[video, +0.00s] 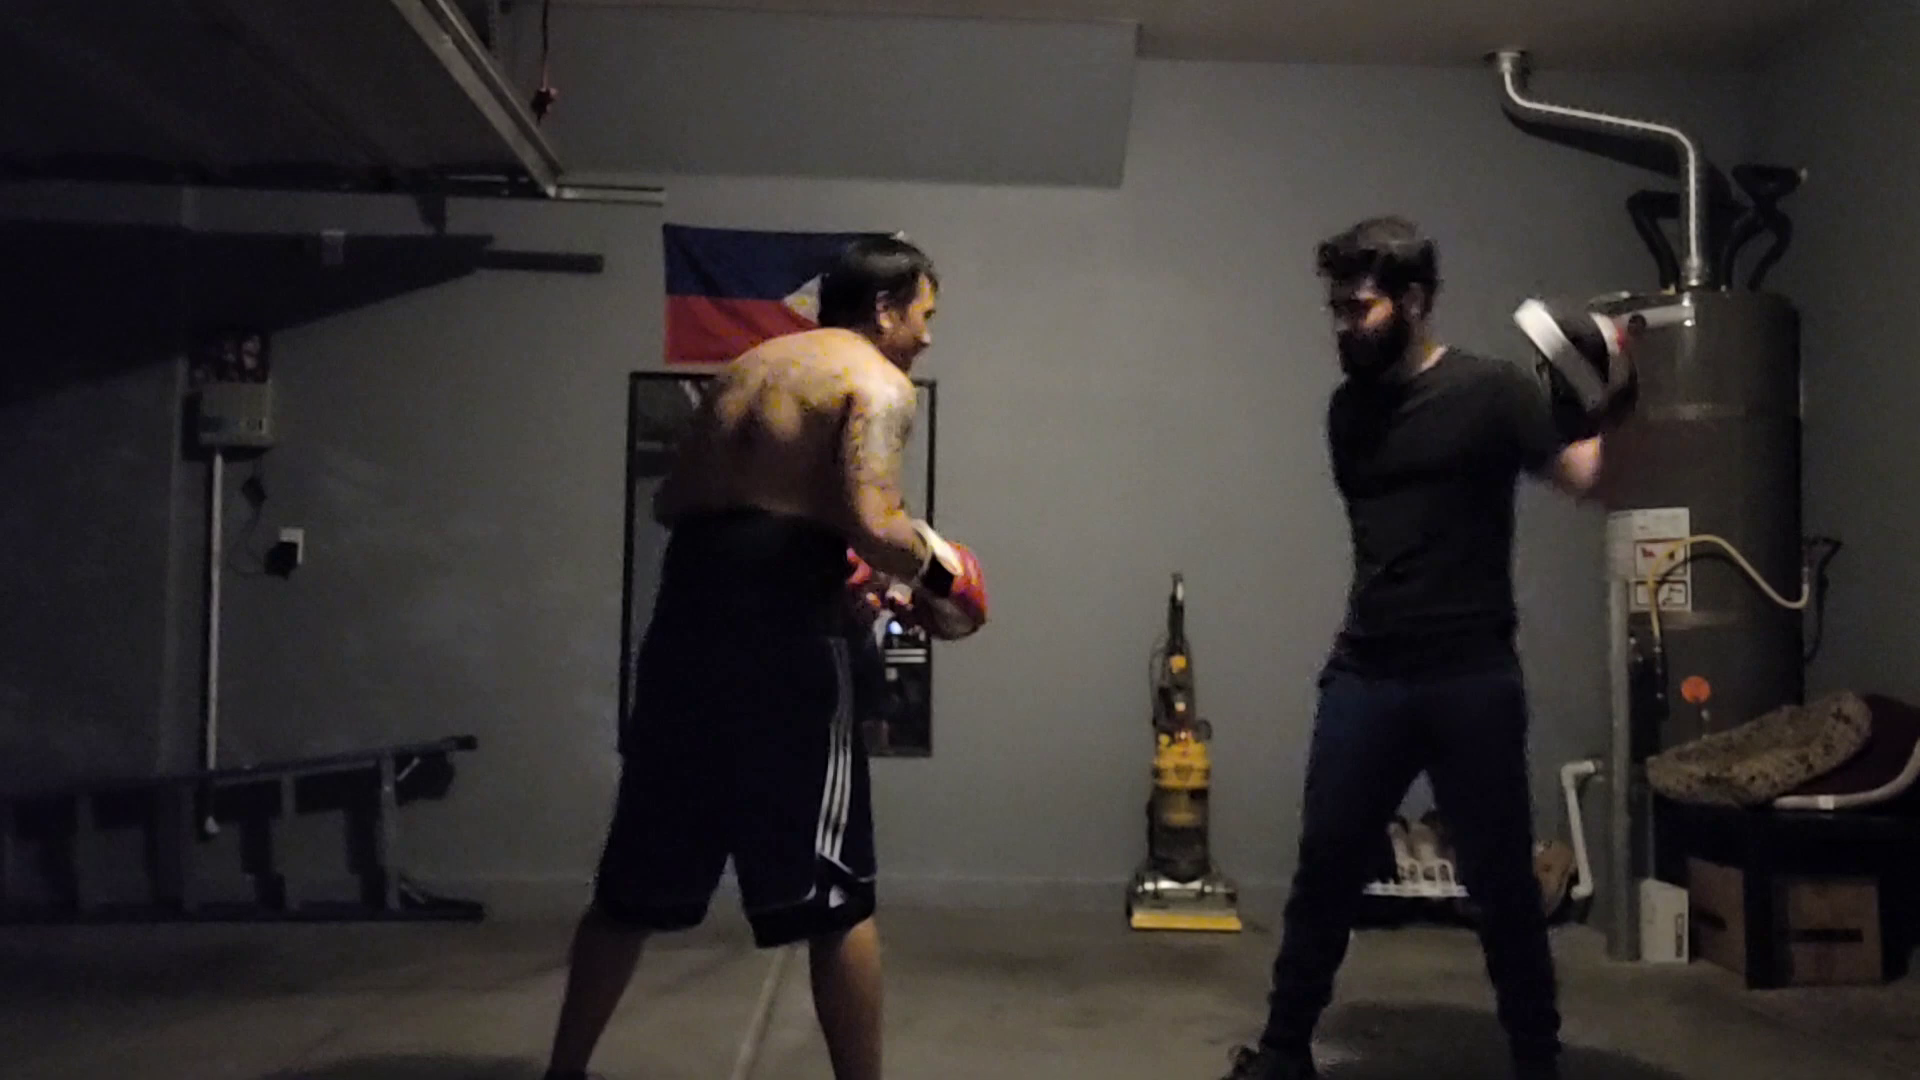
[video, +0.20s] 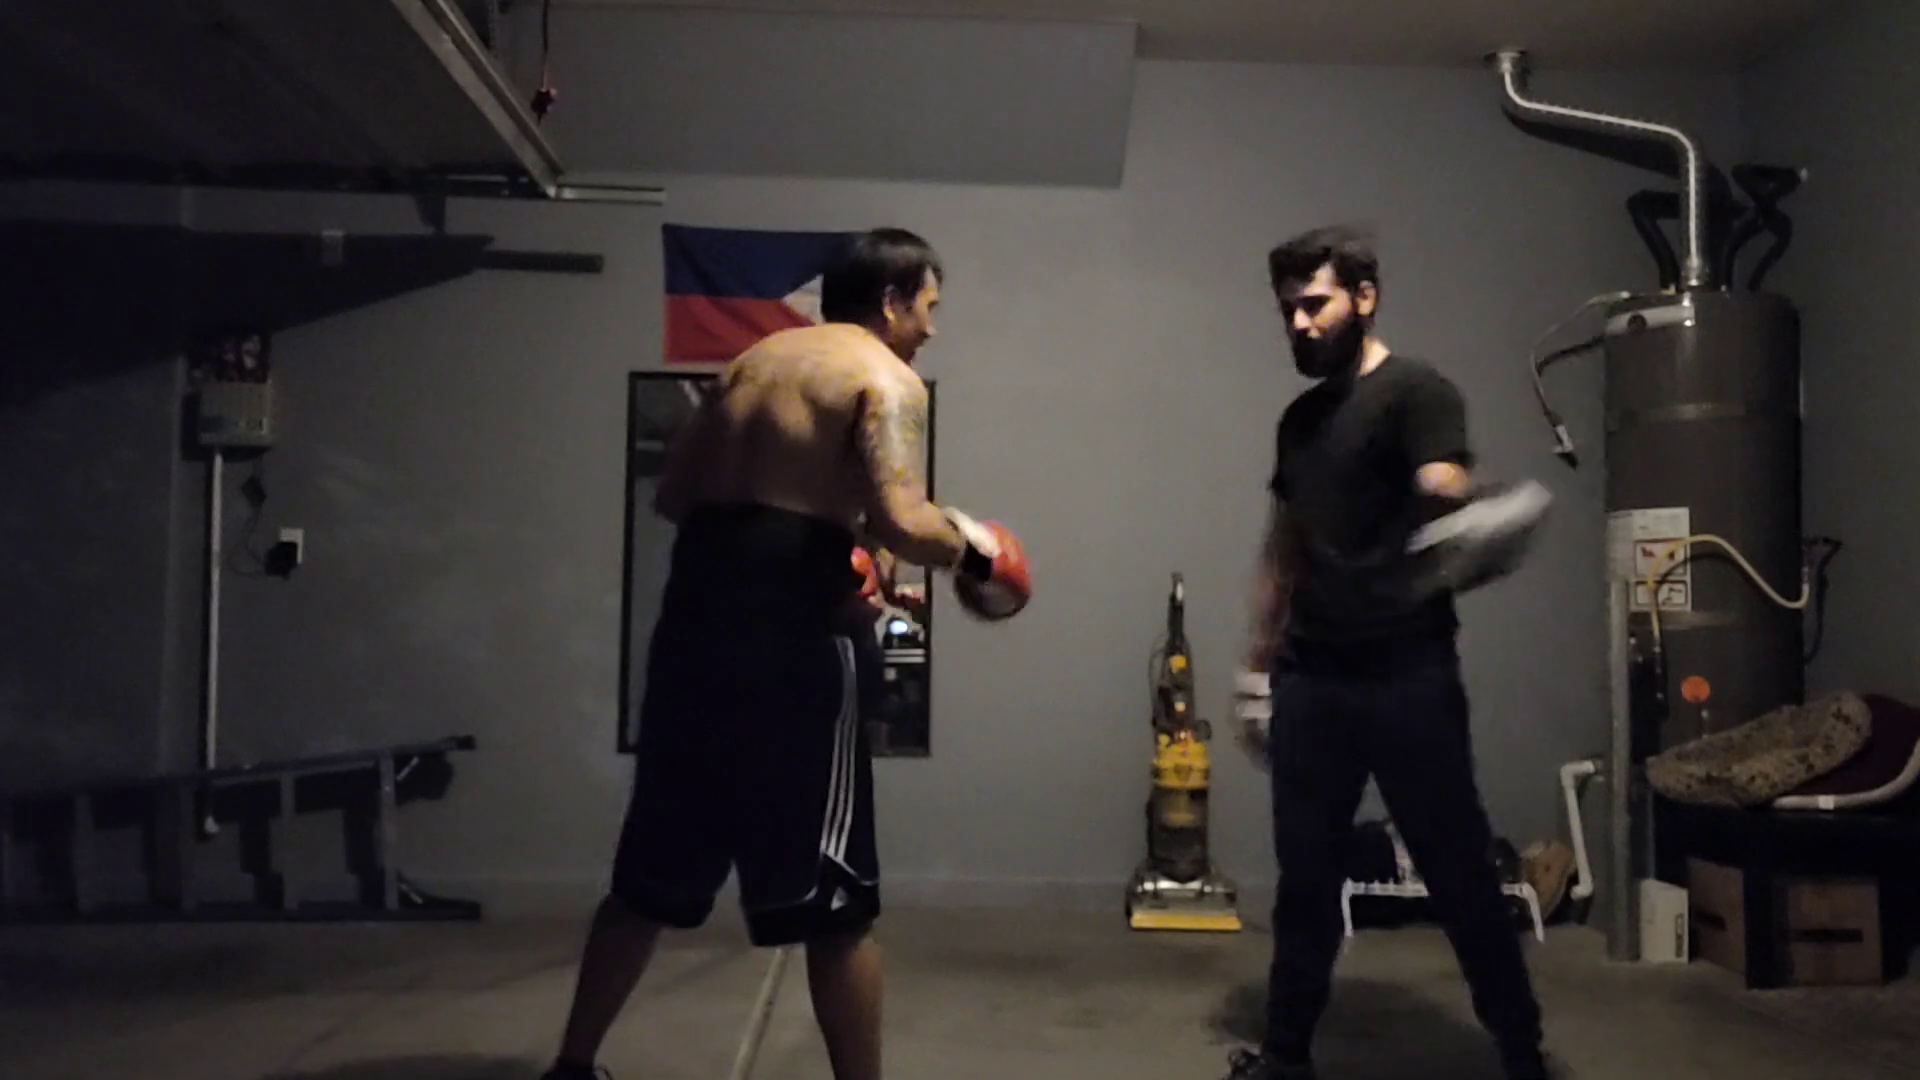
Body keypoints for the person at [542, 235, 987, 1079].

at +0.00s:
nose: (929, 334)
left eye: (931, 315)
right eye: (923, 315)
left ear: (848, 305)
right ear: (886, 309)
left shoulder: (749, 363)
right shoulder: (878, 380)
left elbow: (684, 499)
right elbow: (872, 521)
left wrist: (833, 565)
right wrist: (936, 567)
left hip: (686, 653)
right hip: (791, 661)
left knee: (631, 882)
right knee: (839, 898)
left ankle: (563, 1068)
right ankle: (862, 1073)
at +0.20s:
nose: (933, 328)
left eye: (935, 309)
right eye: (930, 308)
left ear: (847, 298)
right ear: (895, 302)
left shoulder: (754, 358)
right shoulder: (886, 377)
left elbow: (676, 493)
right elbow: (900, 522)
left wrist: (826, 558)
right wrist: (973, 543)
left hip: (694, 648)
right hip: (797, 656)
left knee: (649, 876)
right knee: (837, 903)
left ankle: (572, 1062)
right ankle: (861, 1074)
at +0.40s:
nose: (889, 308)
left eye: (889, 291)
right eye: (884, 291)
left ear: (803, 292)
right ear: (846, 293)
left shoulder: (715, 363)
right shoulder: (841, 376)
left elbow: (671, 515)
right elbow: (890, 514)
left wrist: (802, 572)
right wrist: (988, 498)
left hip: (677, 655)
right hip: (774, 660)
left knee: (633, 876)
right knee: (828, 899)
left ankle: (558, 1065)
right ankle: (856, 1074)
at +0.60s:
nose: (804, 307)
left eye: (805, 289)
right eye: (797, 288)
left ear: (713, 287)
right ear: (754, 287)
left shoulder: (642, 376)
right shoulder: (765, 365)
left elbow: (583, 526)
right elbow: (769, 494)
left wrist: (722, 561)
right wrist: (862, 528)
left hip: (627, 662)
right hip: (726, 663)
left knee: (589, 891)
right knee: (793, 903)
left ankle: (550, 1071)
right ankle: (851, 1071)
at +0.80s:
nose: (753, 293)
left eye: (752, 275)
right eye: (745, 275)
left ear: (667, 282)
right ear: (701, 276)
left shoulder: (602, 371)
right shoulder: (712, 352)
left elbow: (553, 522)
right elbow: (695, 486)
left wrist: (678, 516)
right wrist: (774, 564)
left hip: (607, 647)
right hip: (703, 646)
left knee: (580, 885)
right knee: (771, 892)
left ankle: (547, 1071)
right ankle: (795, 1071)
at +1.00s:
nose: (736, 295)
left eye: (735, 276)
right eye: (727, 275)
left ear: (657, 278)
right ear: (687, 272)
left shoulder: (597, 362)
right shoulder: (697, 345)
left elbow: (563, 523)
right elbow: (703, 480)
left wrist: (725, 552)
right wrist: (792, 534)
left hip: (603, 651)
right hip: (695, 648)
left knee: (584, 884)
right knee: (798, 875)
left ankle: (549, 1070)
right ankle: (806, 1070)